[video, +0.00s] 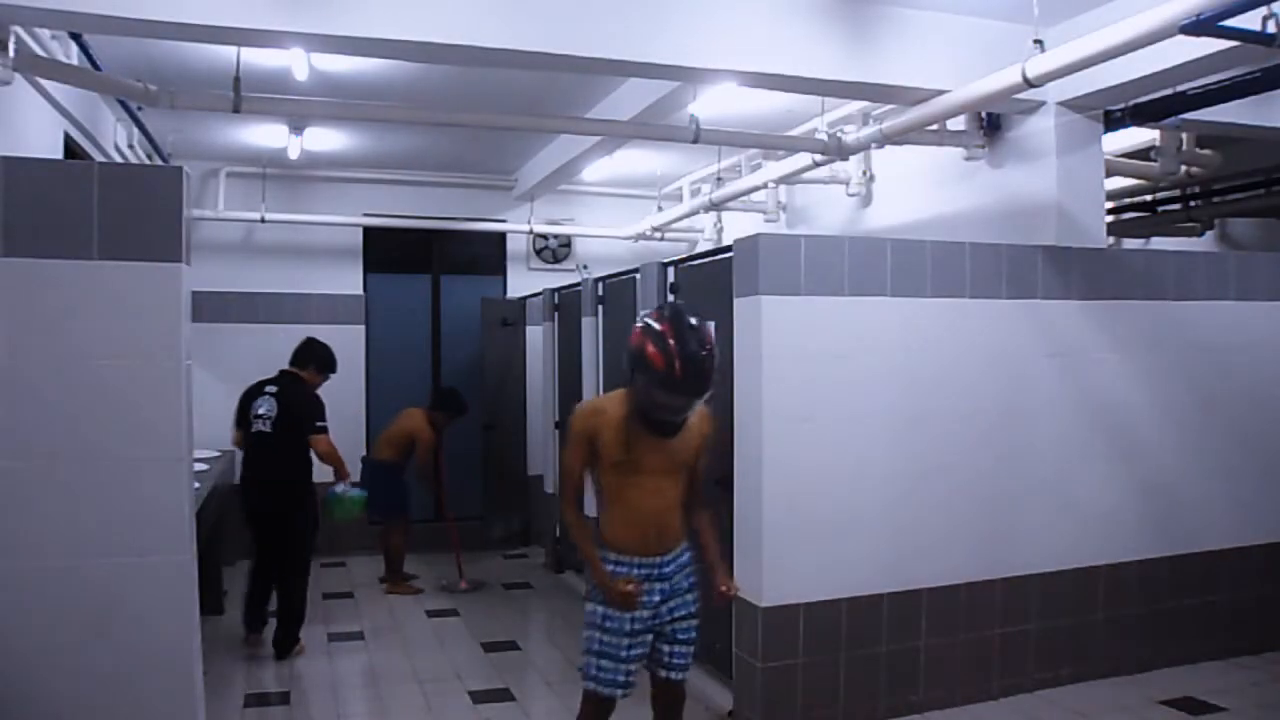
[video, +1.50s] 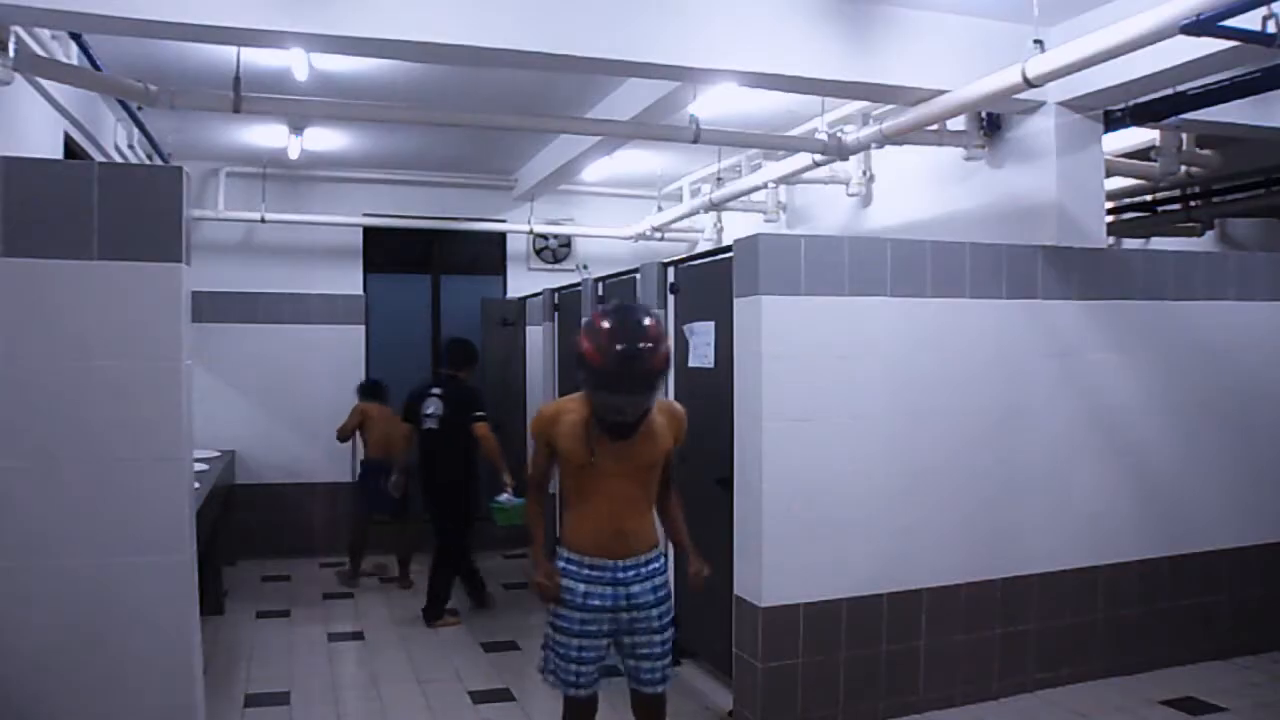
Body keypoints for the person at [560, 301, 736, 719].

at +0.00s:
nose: (674, 417)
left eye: (684, 408)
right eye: (663, 407)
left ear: (699, 392)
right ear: (637, 381)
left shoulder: (699, 423)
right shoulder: (592, 419)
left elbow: (698, 502)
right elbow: (570, 506)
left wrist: (716, 564)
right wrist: (602, 578)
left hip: (678, 575)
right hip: (617, 577)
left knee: (672, 694)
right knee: (601, 700)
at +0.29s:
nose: (649, 420)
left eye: (659, 408)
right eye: (637, 409)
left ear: (671, 391)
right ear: (610, 384)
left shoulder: (673, 419)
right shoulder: (562, 423)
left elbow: (657, 496)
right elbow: (533, 496)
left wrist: (679, 551)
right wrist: (550, 566)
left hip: (663, 580)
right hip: (602, 585)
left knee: (665, 704)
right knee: (591, 709)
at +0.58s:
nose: (603, 410)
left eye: (615, 399)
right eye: (592, 399)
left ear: (639, 379)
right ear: (573, 380)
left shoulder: (670, 421)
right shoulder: (554, 420)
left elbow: (678, 499)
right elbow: (548, 494)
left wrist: (687, 566)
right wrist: (536, 556)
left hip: (639, 578)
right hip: (570, 575)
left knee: (645, 704)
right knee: (574, 702)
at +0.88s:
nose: (615, 412)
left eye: (626, 401)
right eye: (603, 402)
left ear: (643, 382)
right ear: (579, 380)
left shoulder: (660, 421)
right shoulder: (544, 423)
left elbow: (664, 505)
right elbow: (526, 509)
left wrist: (683, 571)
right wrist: (540, 577)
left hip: (641, 585)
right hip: (572, 587)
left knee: (655, 702)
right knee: (572, 708)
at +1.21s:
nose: (647, 417)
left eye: (654, 407)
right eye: (639, 407)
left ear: (660, 393)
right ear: (610, 385)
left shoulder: (649, 417)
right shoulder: (554, 422)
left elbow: (636, 493)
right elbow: (508, 490)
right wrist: (533, 566)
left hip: (658, 573)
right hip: (597, 582)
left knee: (659, 699)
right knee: (594, 706)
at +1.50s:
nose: (623, 413)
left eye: (636, 401)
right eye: (611, 401)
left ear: (654, 383)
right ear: (588, 380)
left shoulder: (671, 420)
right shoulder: (554, 420)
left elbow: (665, 489)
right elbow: (535, 491)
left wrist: (688, 552)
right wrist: (540, 561)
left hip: (648, 575)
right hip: (580, 576)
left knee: (651, 698)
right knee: (579, 701)